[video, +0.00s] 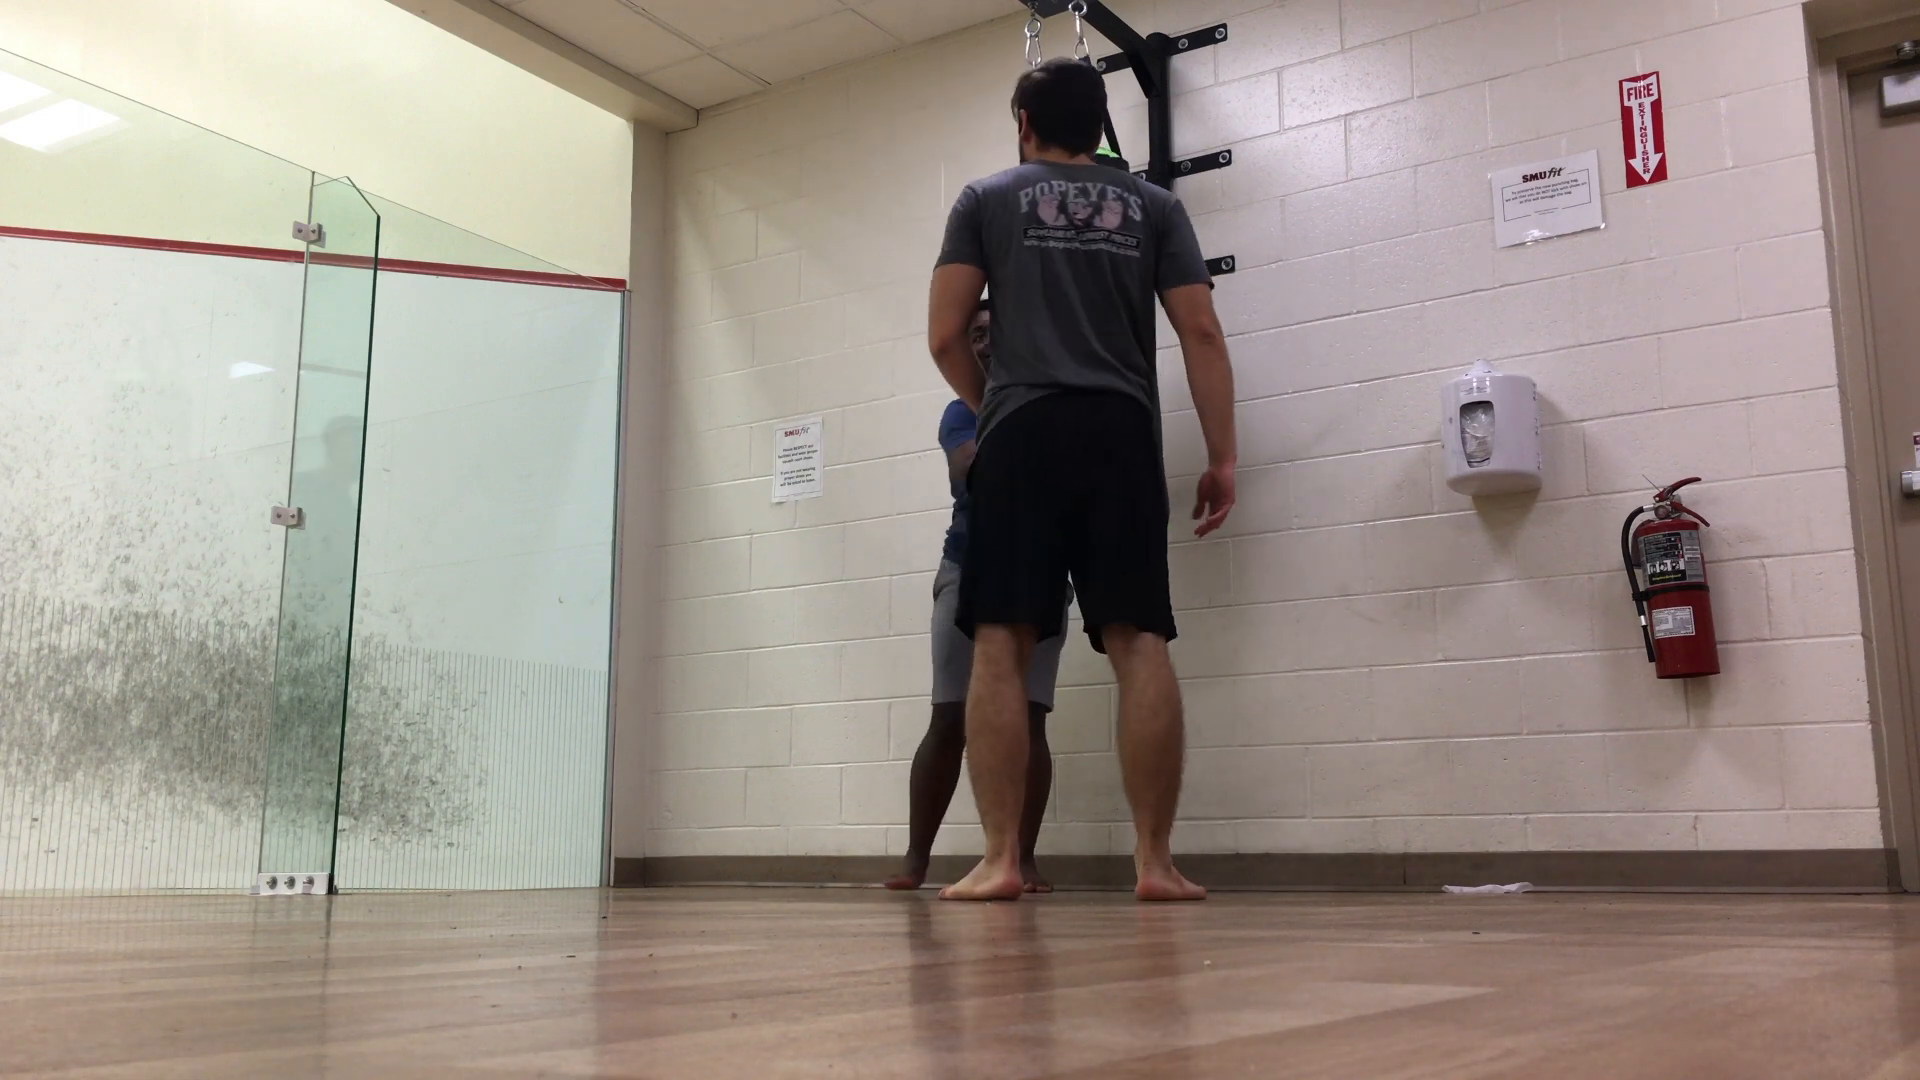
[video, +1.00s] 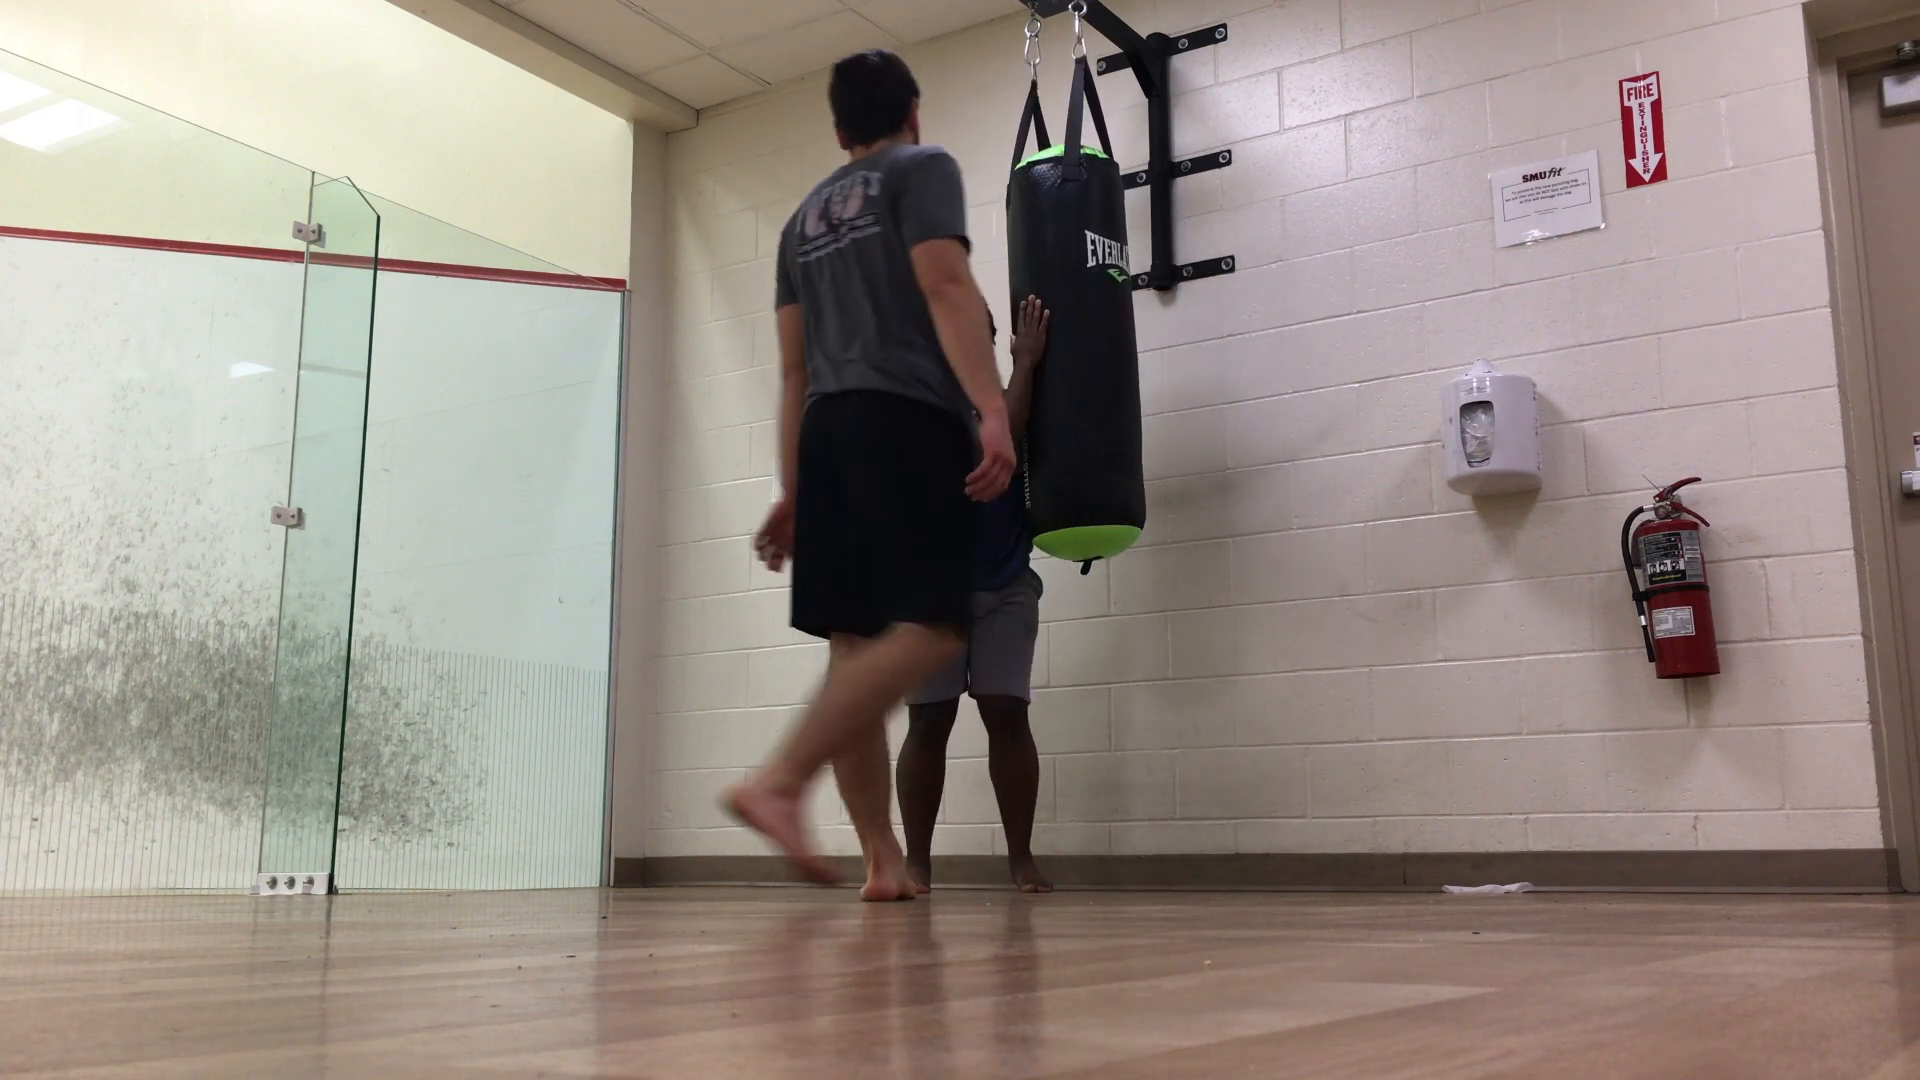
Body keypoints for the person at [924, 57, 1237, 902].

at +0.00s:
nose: (1016, 137)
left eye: (1015, 126)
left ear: (1025, 129)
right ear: (1104, 131)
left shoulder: (986, 199)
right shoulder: (1155, 206)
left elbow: (945, 335)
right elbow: (1201, 332)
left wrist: (992, 412)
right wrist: (1223, 455)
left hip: (1020, 443)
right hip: (1124, 443)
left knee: (999, 646)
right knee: (1140, 642)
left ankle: (1003, 860)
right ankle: (1154, 861)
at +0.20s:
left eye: (1019, 130)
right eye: (1099, 118)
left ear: (1018, 132)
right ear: (1100, 125)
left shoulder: (994, 198)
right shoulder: (1160, 204)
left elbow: (951, 340)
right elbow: (1202, 342)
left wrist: (987, 403)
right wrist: (1195, 456)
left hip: (1017, 443)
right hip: (1121, 445)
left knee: (949, 631)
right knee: (1140, 646)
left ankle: (965, 816)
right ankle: (1154, 862)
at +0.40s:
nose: (991, 132)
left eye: (991, 121)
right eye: (999, 120)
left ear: (1000, 126)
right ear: (1077, 127)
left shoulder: (958, 205)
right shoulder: (1131, 203)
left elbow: (932, 345)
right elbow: (1178, 338)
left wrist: (991, 388)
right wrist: (1173, 443)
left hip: (987, 444)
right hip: (1095, 448)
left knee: (931, 639)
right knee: (1123, 652)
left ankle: (884, 850)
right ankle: (1152, 862)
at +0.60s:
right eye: (1005, 128)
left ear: (933, 137)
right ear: (1013, 135)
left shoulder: (884, 221)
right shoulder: (1049, 203)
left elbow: (855, 360)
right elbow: (1092, 326)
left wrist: (924, 388)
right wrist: (1130, 445)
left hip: (924, 450)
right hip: (1033, 447)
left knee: (894, 644)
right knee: (1090, 646)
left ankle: (885, 861)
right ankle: (1148, 850)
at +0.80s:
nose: (961, 140)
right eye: (962, 128)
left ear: (880, 139)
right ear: (955, 130)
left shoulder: (832, 221)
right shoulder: (976, 185)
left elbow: (820, 364)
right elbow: (1003, 301)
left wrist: (874, 430)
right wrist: (1048, 425)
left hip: (870, 442)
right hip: (972, 429)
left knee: (867, 643)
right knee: (1032, 622)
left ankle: (883, 861)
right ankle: (1018, 841)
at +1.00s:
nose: (921, 126)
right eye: (919, 115)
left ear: (837, 130)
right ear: (914, 118)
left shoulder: (801, 219)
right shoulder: (921, 166)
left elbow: (794, 368)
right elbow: (943, 281)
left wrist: (793, 487)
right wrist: (991, 407)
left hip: (828, 440)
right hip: (909, 426)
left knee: (854, 642)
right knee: (936, 629)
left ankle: (884, 860)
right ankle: (775, 782)